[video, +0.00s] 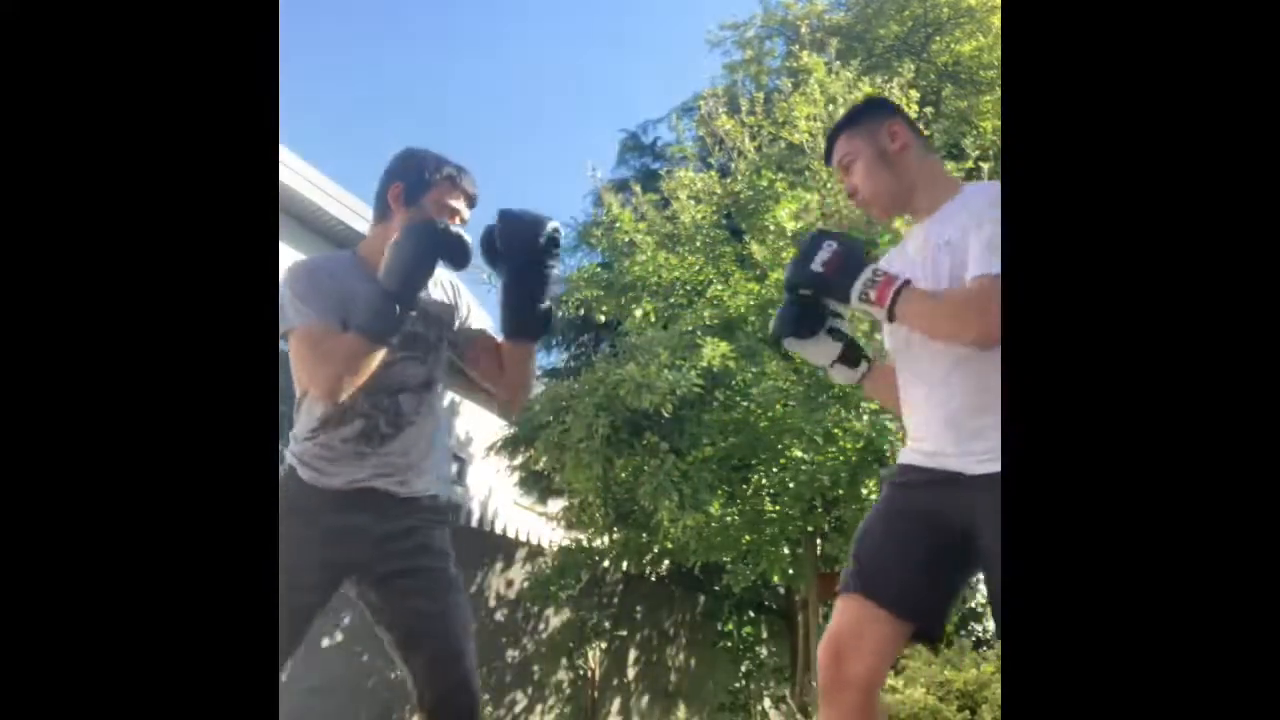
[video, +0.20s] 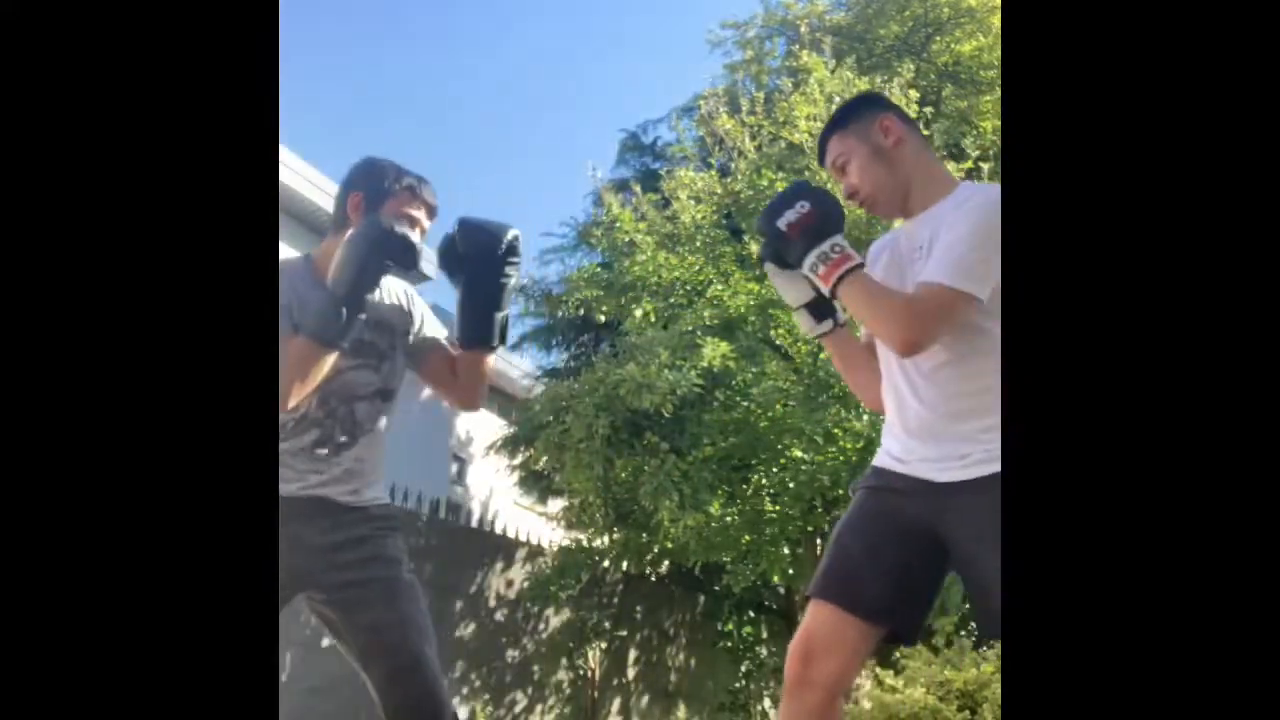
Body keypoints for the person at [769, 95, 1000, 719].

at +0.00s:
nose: (847, 190)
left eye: (850, 166)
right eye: (841, 178)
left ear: (898, 138)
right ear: (895, 149)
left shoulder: (990, 205)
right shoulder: (899, 261)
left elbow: (986, 320)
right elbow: (921, 401)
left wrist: (868, 285)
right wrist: (841, 357)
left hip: (998, 477)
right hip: (924, 478)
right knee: (845, 661)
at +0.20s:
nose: (844, 190)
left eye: (846, 166)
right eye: (837, 179)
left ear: (891, 131)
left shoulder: (983, 208)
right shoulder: (887, 254)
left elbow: (911, 328)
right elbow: (880, 392)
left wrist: (828, 257)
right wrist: (816, 311)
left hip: (989, 480)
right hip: (901, 480)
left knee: (997, 671)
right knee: (813, 665)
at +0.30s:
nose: (797, 212)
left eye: (797, 191)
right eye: (789, 203)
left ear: (838, 155)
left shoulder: (937, 218)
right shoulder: (844, 278)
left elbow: (840, 328)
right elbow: (817, 402)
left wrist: (771, 248)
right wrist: (764, 305)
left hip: (977, 484)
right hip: (882, 492)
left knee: (996, 666)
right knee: (793, 681)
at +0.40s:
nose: (722, 256)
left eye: (721, 234)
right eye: (714, 243)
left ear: (758, 194)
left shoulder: (854, 235)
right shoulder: (782, 300)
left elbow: (747, 334)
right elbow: (712, 397)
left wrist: (701, 247)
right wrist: (682, 288)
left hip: (957, 487)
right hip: (859, 501)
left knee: (1002, 666)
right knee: (756, 679)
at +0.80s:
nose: (765, 168)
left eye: (772, 146)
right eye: (760, 156)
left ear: (825, 127)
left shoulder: (913, 211)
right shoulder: (802, 249)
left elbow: (855, 325)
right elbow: (804, 354)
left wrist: (761, 255)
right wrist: (760, 319)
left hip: (911, 474)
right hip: (810, 475)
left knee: (982, 683)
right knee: (716, 665)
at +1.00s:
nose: (853, 145)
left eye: (867, 123)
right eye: (850, 132)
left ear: (928, 116)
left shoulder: (987, 231)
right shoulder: (843, 224)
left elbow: (941, 356)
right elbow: (835, 339)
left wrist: (848, 268)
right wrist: (804, 346)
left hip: (943, 472)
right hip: (834, 467)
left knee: (995, 660)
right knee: (741, 661)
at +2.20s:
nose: (793, 102)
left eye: (805, 76)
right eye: (787, 90)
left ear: (865, 65)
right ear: (790, 108)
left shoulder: (962, 169)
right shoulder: (804, 200)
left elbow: (947, 301)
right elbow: (794, 363)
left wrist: (822, 228)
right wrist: (742, 301)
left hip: (953, 451)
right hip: (828, 446)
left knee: (1000, 662)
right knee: (733, 656)